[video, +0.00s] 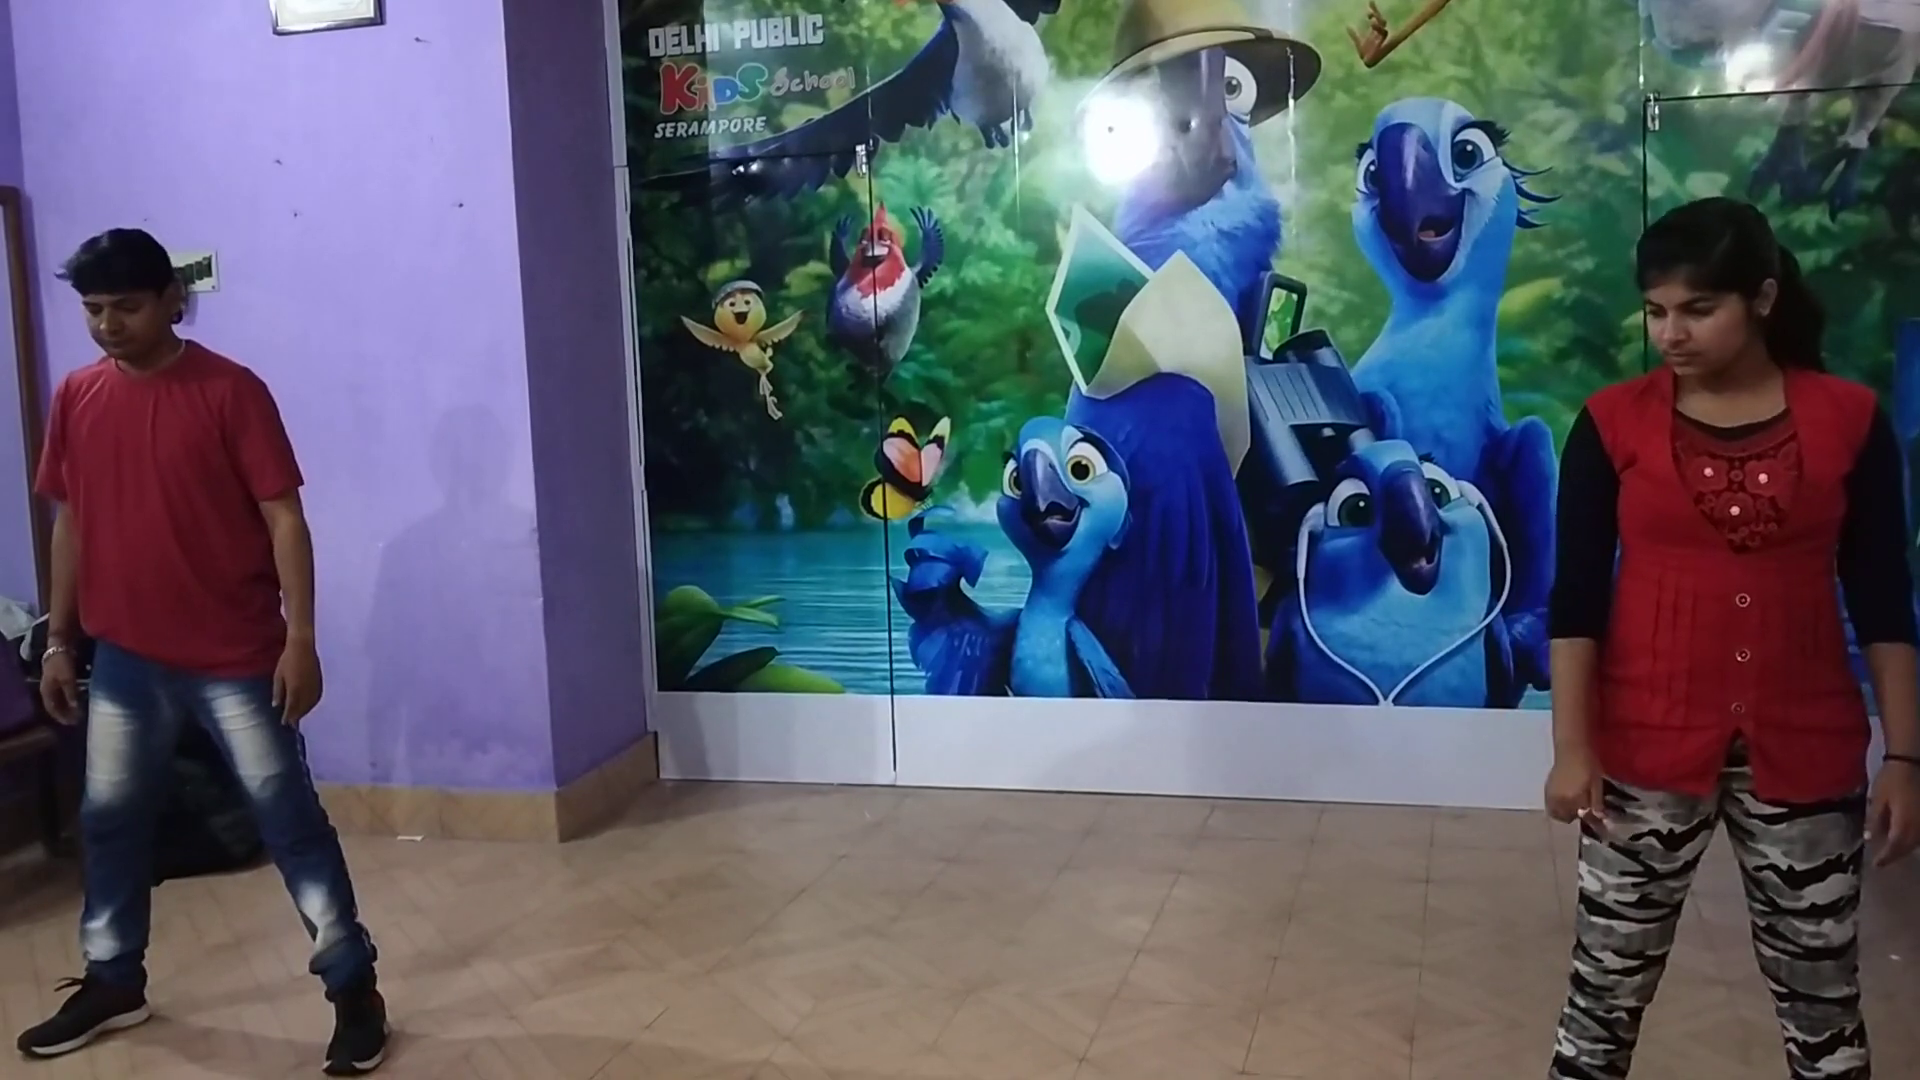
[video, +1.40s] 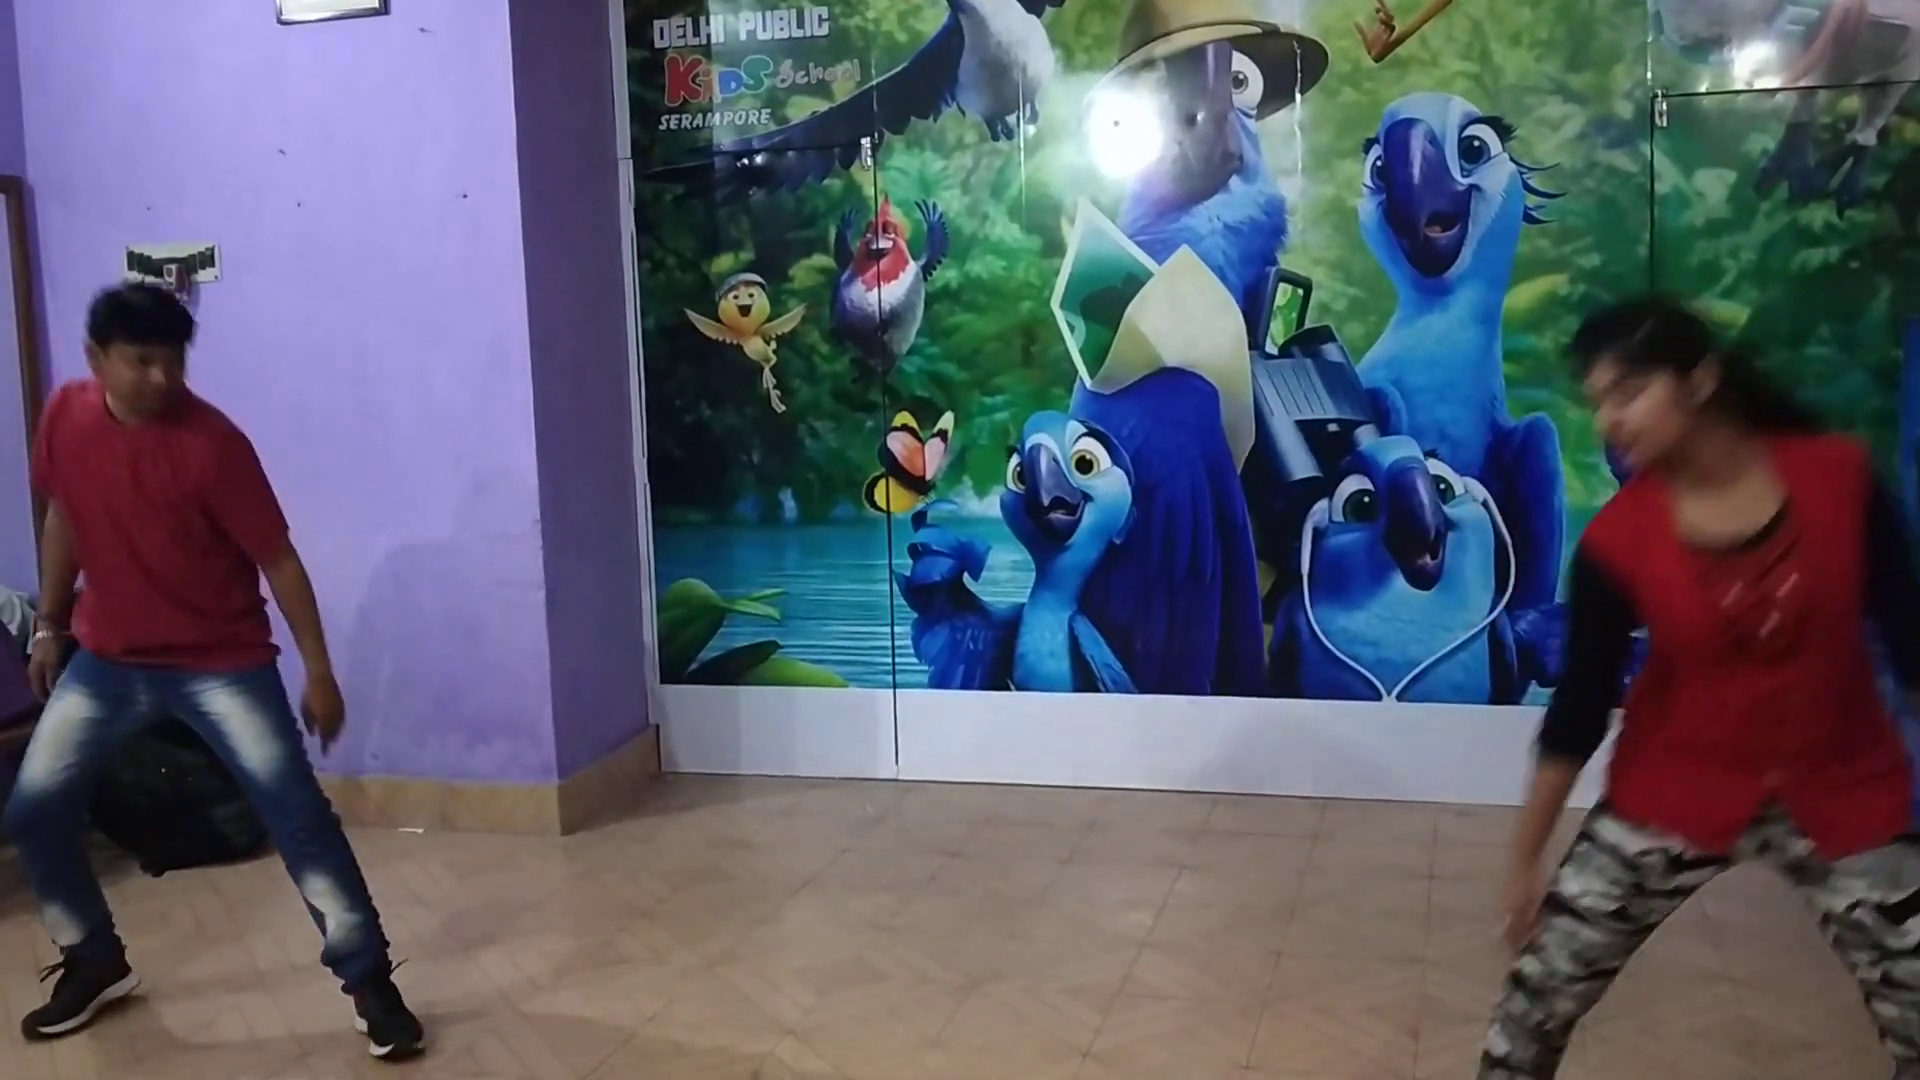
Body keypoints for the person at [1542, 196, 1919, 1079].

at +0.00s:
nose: (1669, 331)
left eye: (1695, 309)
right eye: (1656, 309)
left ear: (1761, 301)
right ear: (1644, 306)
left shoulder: (1848, 422)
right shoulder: (1611, 424)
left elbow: (1881, 598)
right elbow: (1576, 597)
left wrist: (1901, 753)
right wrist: (1570, 744)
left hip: (1803, 749)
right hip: (1646, 748)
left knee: (1822, 998)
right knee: (1606, 992)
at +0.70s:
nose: (1681, 340)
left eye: (1711, 320)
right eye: (1666, 315)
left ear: (1764, 334)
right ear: (1645, 318)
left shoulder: (1786, 459)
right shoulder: (1562, 428)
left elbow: (1843, 626)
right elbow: (1506, 590)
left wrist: (1910, 775)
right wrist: (1492, 745)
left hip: (1761, 749)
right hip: (1605, 749)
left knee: (1836, 991)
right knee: (1525, 989)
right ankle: (1499, 1073)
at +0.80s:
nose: (1612, 369)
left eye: (1646, 353)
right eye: (1604, 343)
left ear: (1694, 377)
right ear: (1584, 349)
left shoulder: (1720, 488)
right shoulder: (1498, 470)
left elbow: (1791, 645)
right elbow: (1439, 626)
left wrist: (1882, 804)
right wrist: (1424, 789)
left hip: (1722, 773)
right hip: (1568, 785)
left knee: (1860, 1011)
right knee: (1475, 1024)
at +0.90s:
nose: (1533, 419)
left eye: (1566, 402)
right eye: (1524, 395)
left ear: (1617, 423)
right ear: (1504, 406)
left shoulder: (1674, 532)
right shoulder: (1442, 548)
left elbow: (1762, 677)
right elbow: (1385, 708)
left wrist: (1853, 824)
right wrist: (1351, 867)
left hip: (1710, 814)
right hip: (1547, 826)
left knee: (1876, 1020)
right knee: (1446, 1029)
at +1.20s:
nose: (1479, 517)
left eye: (1501, 492)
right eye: (1468, 498)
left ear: (1570, 492)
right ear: (1460, 506)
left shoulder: (1694, 565)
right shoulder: (1488, 650)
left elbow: (1808, 695)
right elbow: (1450, 816)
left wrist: (1890, 838)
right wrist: (1381, 972)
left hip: (1755, 841)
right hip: (1598, 852)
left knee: (1892, 1024)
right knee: (1463, 1015)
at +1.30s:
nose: (1543, 487)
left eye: (1565, 459)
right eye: (1531, 470)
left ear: (1635, 449)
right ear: (1523, 477)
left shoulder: (1770, 538)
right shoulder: (1551, 615)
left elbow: (1868, 691)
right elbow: (1515, 780)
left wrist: (1917, 822)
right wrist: (1451, 933)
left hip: (1798, 830)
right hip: (1633, 837)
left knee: (1912, 1028)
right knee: (1496, 1017)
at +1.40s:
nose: (1610, 421)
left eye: (1626, 393)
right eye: (1599, 405)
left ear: (1699, 379)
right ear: (1595, 414)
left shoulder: (1841, 479)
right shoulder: (1618, 540)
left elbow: (1909, 637)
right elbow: (1579, 705)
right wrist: (1526, 861)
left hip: (1840, 782)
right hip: (1678, 789)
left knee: (1917, 1013)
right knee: (1540, 995)